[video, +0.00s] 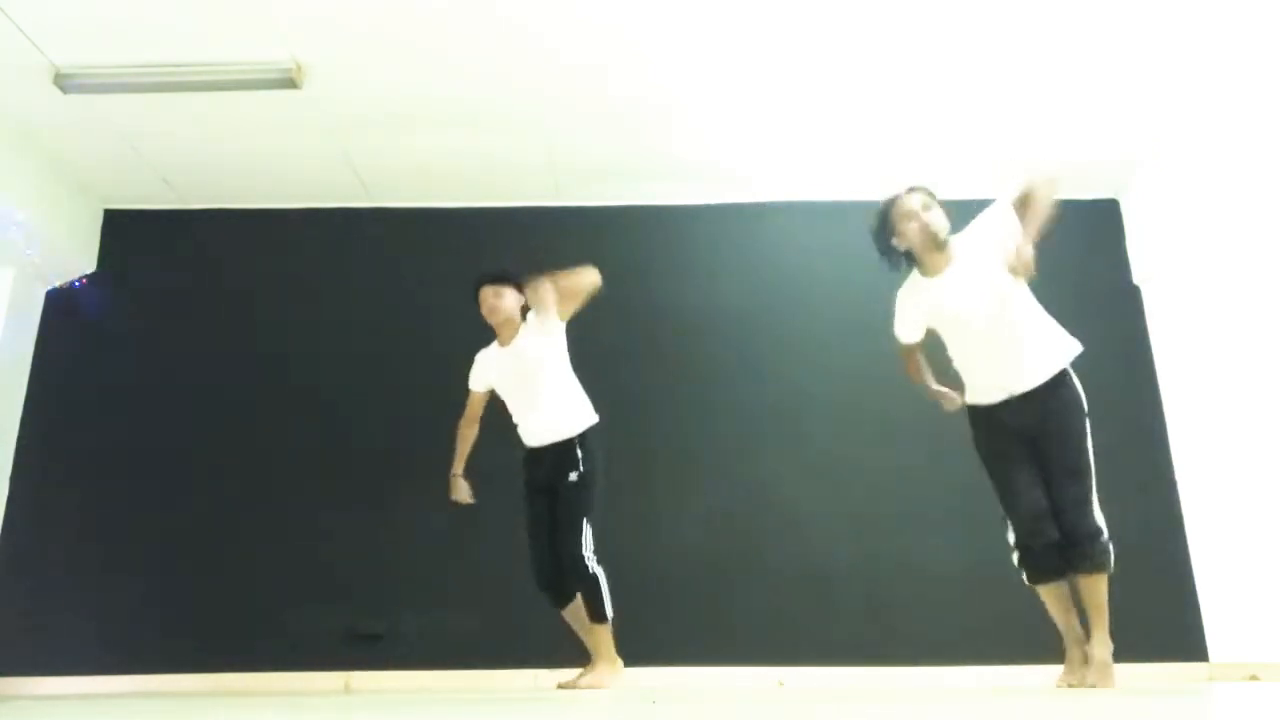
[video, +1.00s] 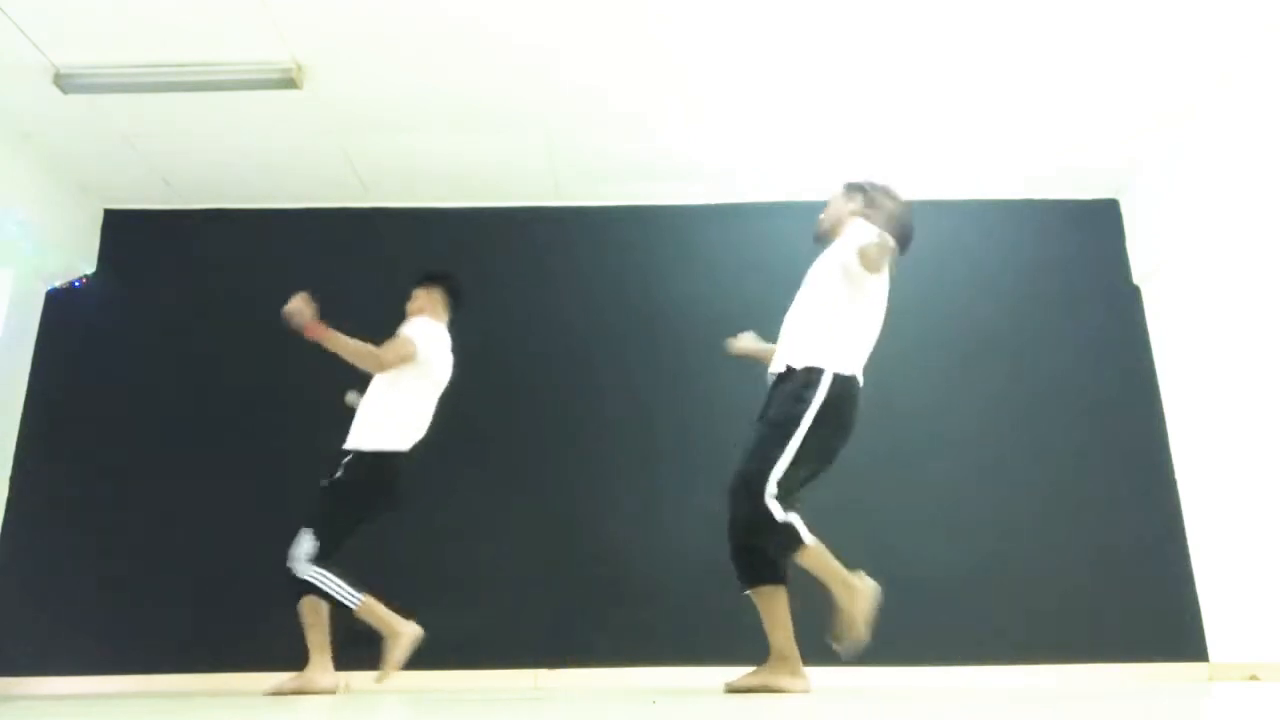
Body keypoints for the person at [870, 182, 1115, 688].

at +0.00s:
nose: (925, 215)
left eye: (927, 205)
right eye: (910, 215)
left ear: (944, 211)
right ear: (899, 242)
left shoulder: (988, 230)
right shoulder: (912, 298)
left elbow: (1045, 186)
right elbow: (910, 353)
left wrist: (1027, 239)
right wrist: (935, 388)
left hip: (1053, 389)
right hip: (993, 412)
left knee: (1078, 521)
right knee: (1032, 530)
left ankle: (1101, 645)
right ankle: (1074, 646)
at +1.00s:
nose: (826, 204)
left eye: (837, 197)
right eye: (832, 197)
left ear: (862, 207)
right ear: (857, 209)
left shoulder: (862, 243)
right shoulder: (831, 265)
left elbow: (876, 255)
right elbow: (806, 350)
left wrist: (878, 249)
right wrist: (758, 349)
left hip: (820, 386)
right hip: (792, 389)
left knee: (762, 498)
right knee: (747, 516)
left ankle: (851, 590)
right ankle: (783, 664)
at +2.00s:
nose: (1026, 197)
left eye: (1027, 188)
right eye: (1011, 188)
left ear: (1027, 204)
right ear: (976, 203)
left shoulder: (1014, 281)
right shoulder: (960, 252)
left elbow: (1048, 329)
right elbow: (931, 308)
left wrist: (1066, 343)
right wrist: (979, 363)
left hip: (974, 412)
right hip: (939, 404)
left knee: (996, 534)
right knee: (1015, 526)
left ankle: (910, 612)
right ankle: (1033, 668)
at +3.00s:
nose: (1168, 277)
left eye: (1174, 270)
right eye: (1158, 265)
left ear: (1177, 277)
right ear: (1121, 270)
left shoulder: (1139, 335)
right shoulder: (1096, 323)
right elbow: (1126, 410)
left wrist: (1113, 426)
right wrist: (1203, 401)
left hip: (1063, 453)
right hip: (1028, 438)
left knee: (1120, 538)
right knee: (1073, 530)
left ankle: (1179, 660)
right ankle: (1045, 663)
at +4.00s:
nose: (939, 300)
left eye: (940, 294)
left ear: (947, 294)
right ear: (987, 288)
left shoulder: (948, 326)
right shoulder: (1018, 320)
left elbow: (911, 373)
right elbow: (1071, 365)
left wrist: (948, 424)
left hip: (1011, 433)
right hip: (1066, 432)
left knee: (947, 544)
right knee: (1065, 551)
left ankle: (931, 658)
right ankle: (1069, 666)